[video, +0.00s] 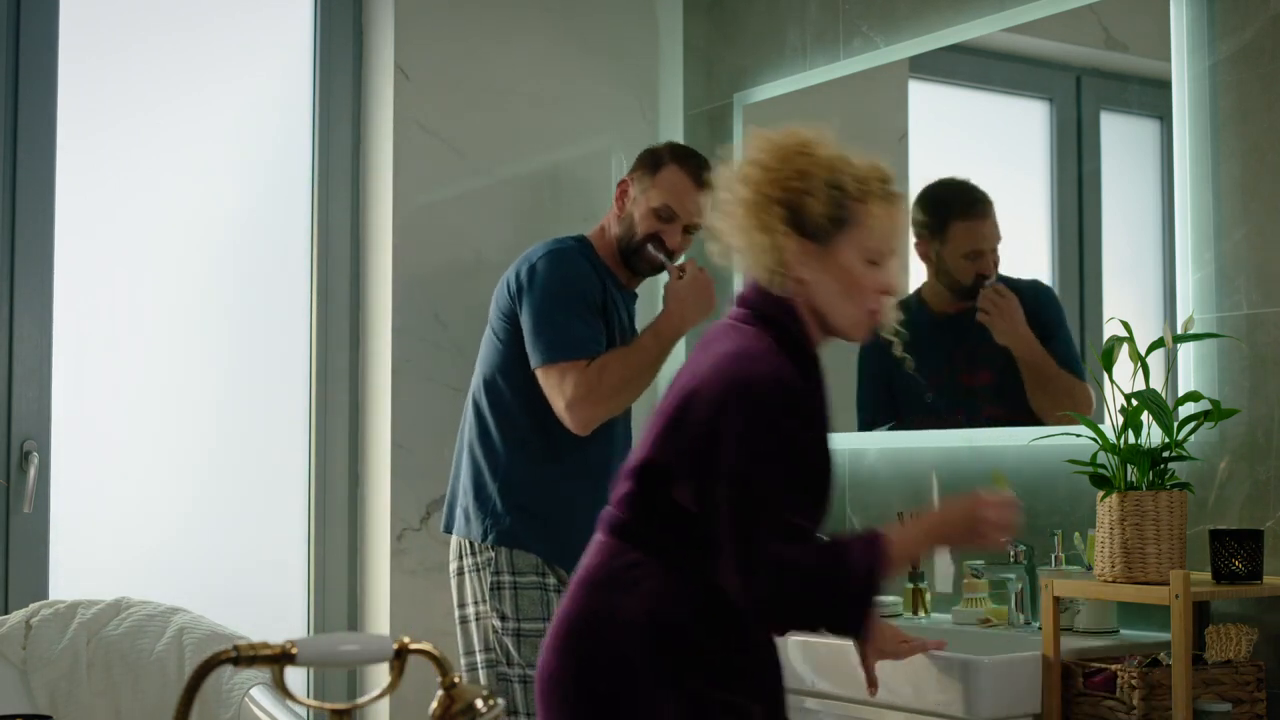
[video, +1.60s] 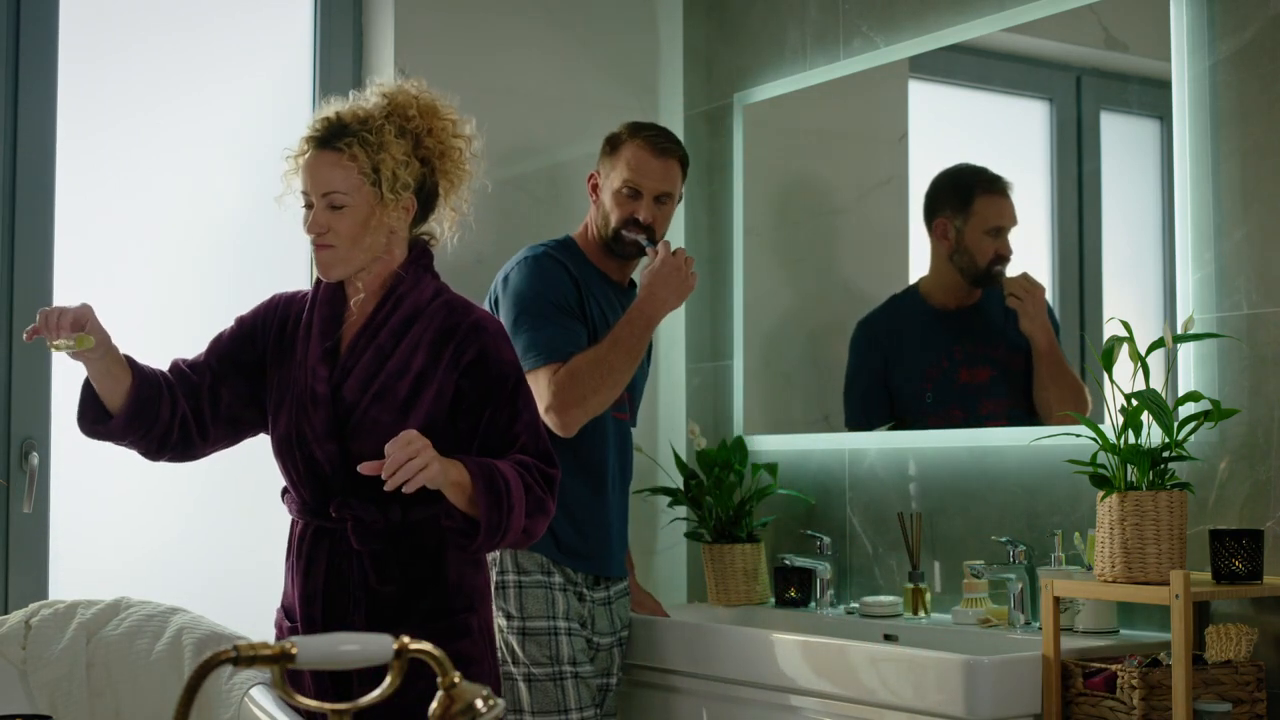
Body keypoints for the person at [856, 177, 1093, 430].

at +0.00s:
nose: (989, 269)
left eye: (994, 251)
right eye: (972, 257)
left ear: (998, 238)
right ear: (924, 251)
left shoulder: (1034, 302)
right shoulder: (889, 331)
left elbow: (1074, 416)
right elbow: (874, 447)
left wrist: (1020, 341)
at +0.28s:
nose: (1018, 259)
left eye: (1019, 244)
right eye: (1006, 245)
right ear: (956, 239)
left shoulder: (1037, 309)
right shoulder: (888, 330)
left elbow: (1073, 419)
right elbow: (874, 448)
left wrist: (1042, 330)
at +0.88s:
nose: (1009, 252)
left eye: (1011, 236)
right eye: (997, 234)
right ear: (948, 231)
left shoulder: (1029, 314)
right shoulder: (883, 331)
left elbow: (1071, 419)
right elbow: (870, 450)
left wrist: (1046, 331)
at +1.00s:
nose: (1005, 252)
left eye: (1007, 235)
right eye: (991, 234)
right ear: (942, 231)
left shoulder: (1029, 312)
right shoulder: (882, 331)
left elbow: (1069, 419)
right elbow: (869, 451)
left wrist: (1041, 330)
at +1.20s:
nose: (1004, 250)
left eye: (1005, 233)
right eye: (991, 233)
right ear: (941, 231)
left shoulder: (1027, 311)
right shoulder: (880, 331)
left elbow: (1067, 420)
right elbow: (867, 452)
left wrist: (1039, 332)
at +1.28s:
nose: (1005, 249)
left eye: (1006, 233)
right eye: (992, 233)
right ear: (942, 232)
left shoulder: (1027, 311)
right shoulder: (880, 332)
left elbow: (1067, 421)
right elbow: (868, 452)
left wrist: (1039, 331)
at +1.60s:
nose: (1007, 251)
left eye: (1007, 235)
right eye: (993, 235)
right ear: (944, 232)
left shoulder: (1028, 312)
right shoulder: (880, 332)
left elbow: (1069, 422)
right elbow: (867, 452)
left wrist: (1042, 336)